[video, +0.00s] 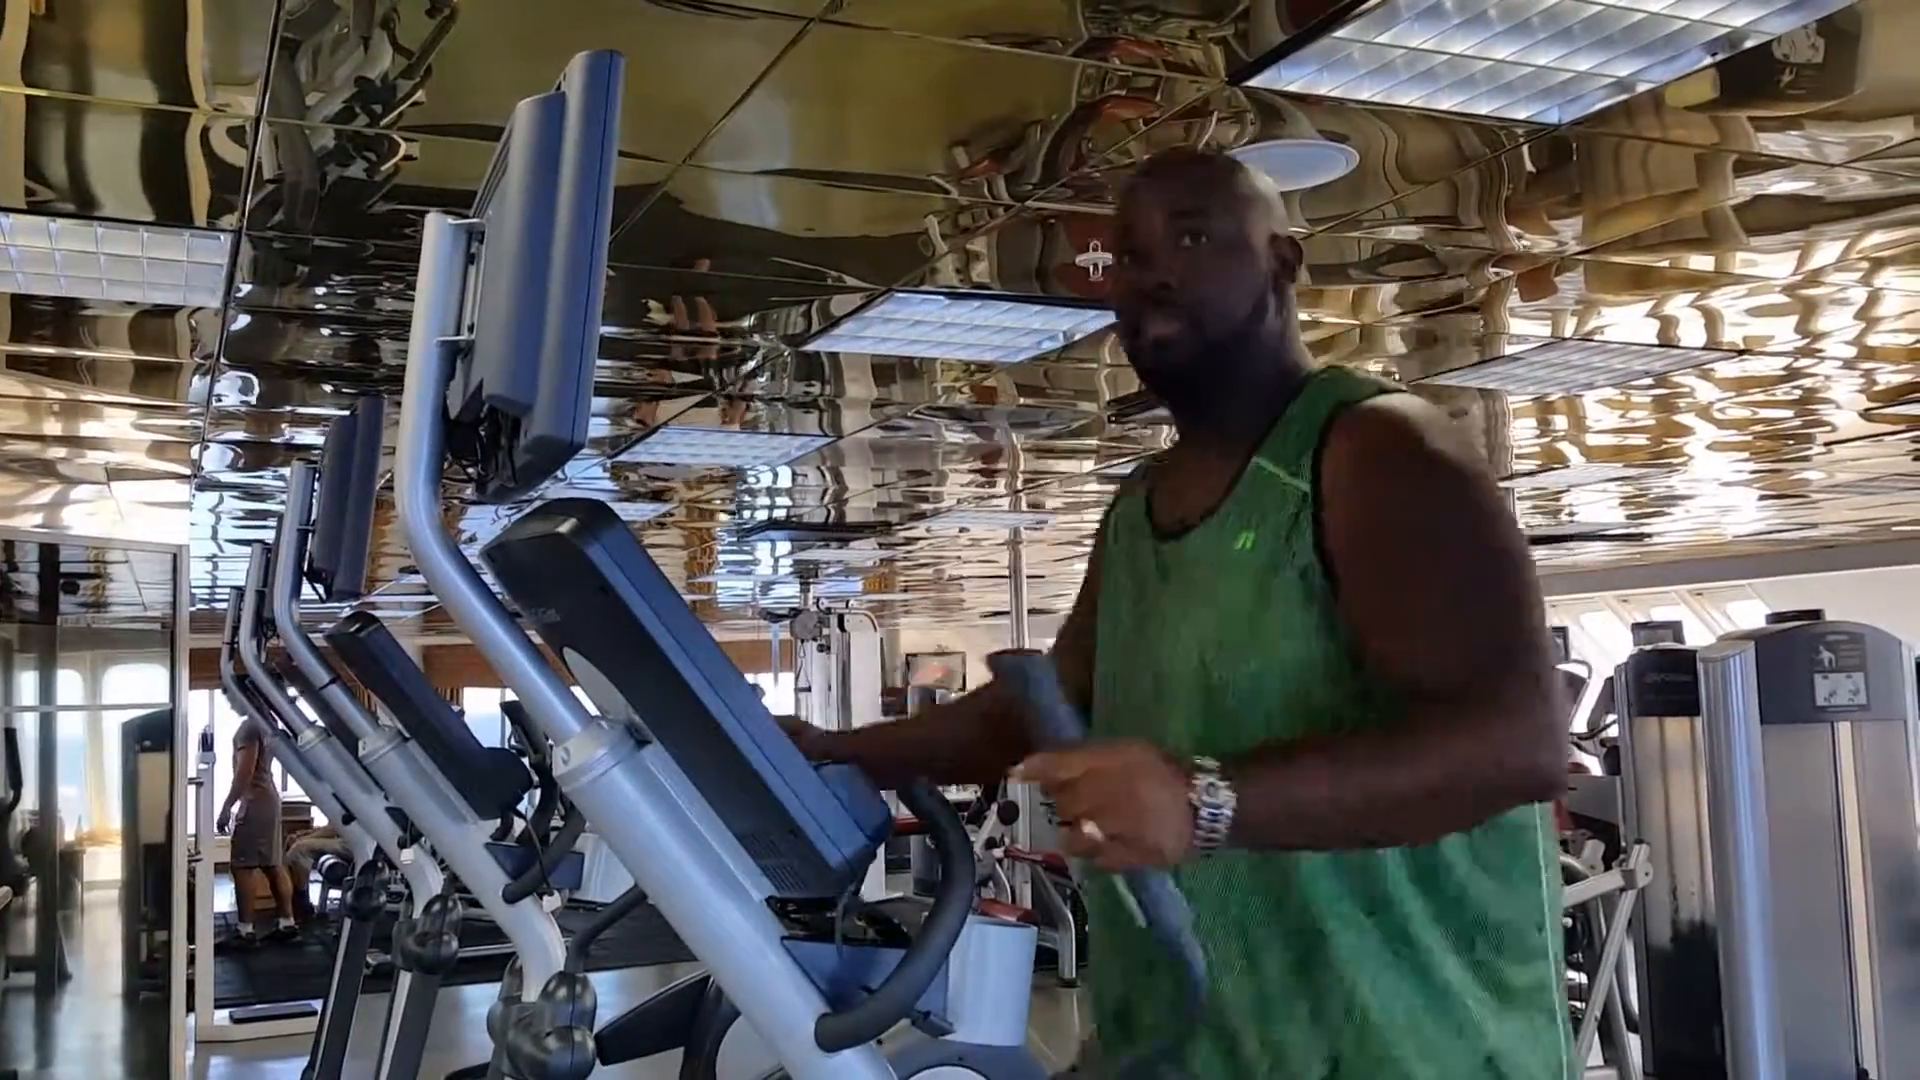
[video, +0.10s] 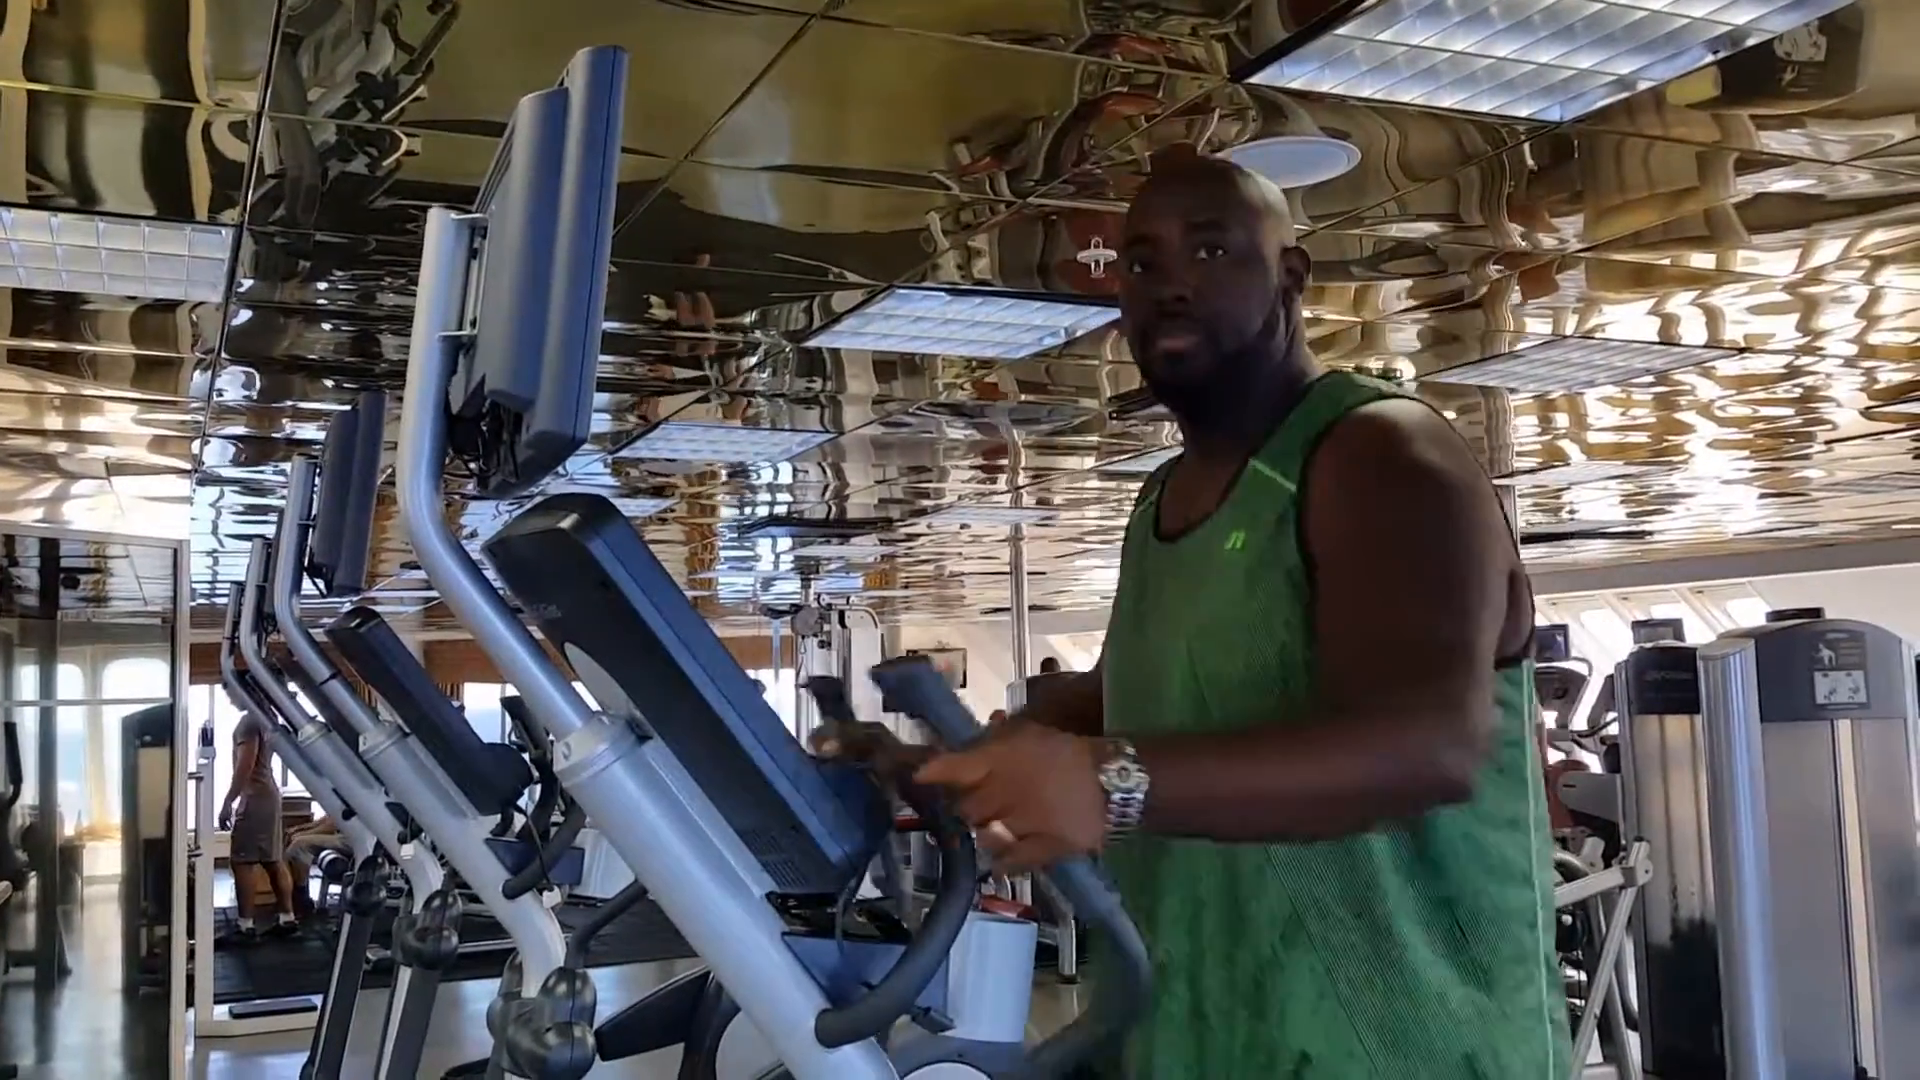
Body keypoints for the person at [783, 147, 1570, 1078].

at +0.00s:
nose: (1145, 276)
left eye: (1192, 236)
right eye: (1127, 255)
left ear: (1283, 265)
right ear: (1110, 290)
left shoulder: (1388, 460)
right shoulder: (1139, 512)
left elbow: (1517, 738)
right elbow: (1052, 712)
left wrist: (1210, 803)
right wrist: (842, 756)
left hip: (1407, 1046)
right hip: (1168, 1044)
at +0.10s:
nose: (1166, 286)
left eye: (1211, 247)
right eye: (1140, 262)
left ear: (1292, 279)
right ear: (1120, 295)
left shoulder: (1394, 459)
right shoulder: (1167, 496)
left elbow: (1432, 743)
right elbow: (1150, 696)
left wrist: (1118, 784)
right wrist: (980, 750)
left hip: (1396, 1037)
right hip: (1191, 1032)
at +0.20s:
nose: (1157, 260)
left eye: (1199, 226)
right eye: (1134, 239)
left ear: (1281, 259)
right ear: (1115, 278)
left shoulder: (1369, 425)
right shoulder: (1171, 475)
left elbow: (1359, 689)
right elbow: (1179, 688)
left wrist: (1056, 777)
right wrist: (1045, 754)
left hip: (1394, 1021)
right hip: (1204, 1014)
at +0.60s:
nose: (1104, 257)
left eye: (1143, 226)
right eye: (1076, 237)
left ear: (1218, 255)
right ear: (1050, 273)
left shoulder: (1312, 417)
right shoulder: (1087, 476)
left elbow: (1377, 668)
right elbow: (1080, 671)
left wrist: (1124, 765)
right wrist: (910, 750)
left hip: (1335, 993)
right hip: (1157, 992)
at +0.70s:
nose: (1104, 291)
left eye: (1143, 259)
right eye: (1078, 269)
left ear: (1219, 287)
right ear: (1057, 303)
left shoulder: (1325, 449)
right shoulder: (1078, 509)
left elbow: (1460, 709)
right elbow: (1025, 709)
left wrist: (1223, 785)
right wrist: (833, 747)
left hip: (1327, 1020)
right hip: (1134, 1017)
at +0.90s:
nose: (1101, 255)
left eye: (1144, 220)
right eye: (1081, 231)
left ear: (1231, 247)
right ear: (1065, 265)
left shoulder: (1337, 421)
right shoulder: (1060, 483)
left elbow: (1540, 660)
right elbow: (933, 663)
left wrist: (1364, 833)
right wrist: (747, 737)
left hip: (1321, 985)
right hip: (1122, 987)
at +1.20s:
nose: (1079, 266)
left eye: (1117, 227)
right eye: (1066, 237)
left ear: (1234, 229)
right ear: (1054, 255)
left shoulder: (1376, 411)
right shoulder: (1100, 474)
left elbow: (1549, 681)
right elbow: (979, 663)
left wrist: (1282, 797)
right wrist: (768, 739)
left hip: (1387, 1033)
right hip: (1151, 1029)